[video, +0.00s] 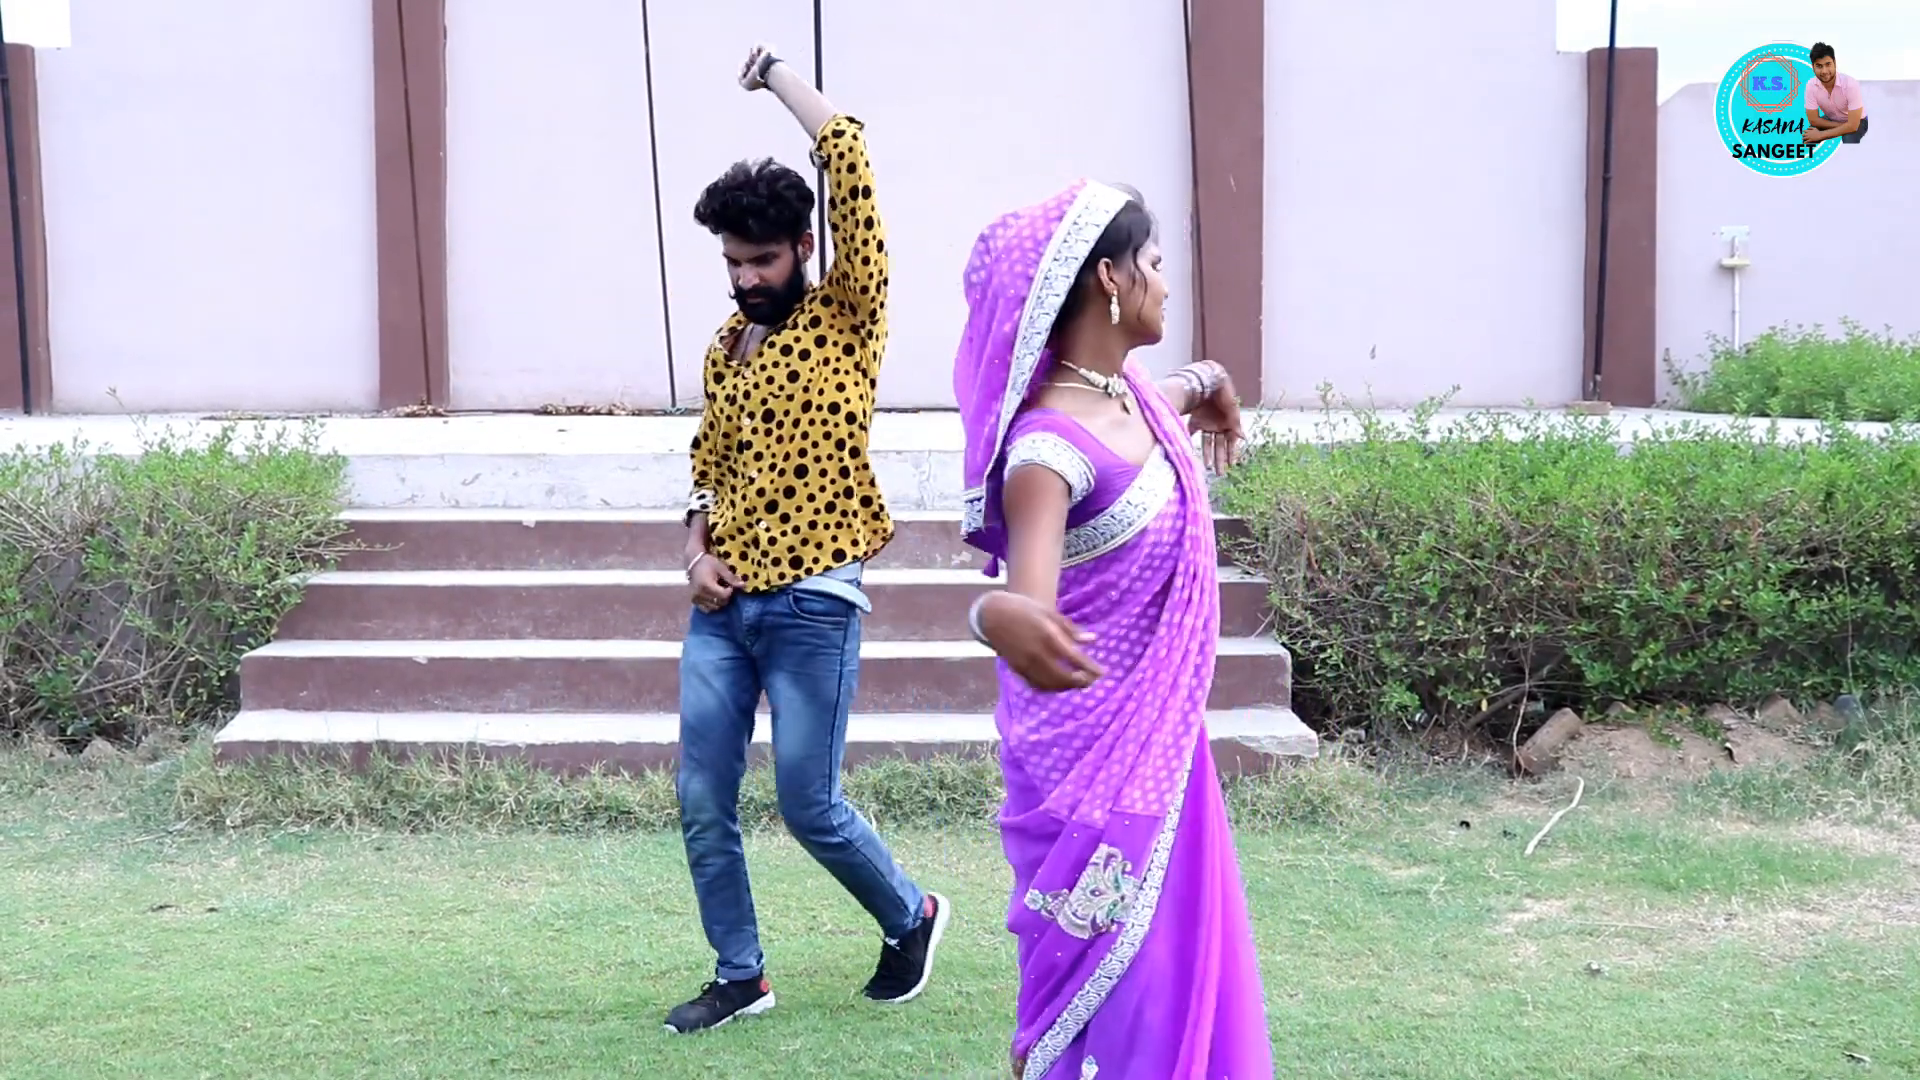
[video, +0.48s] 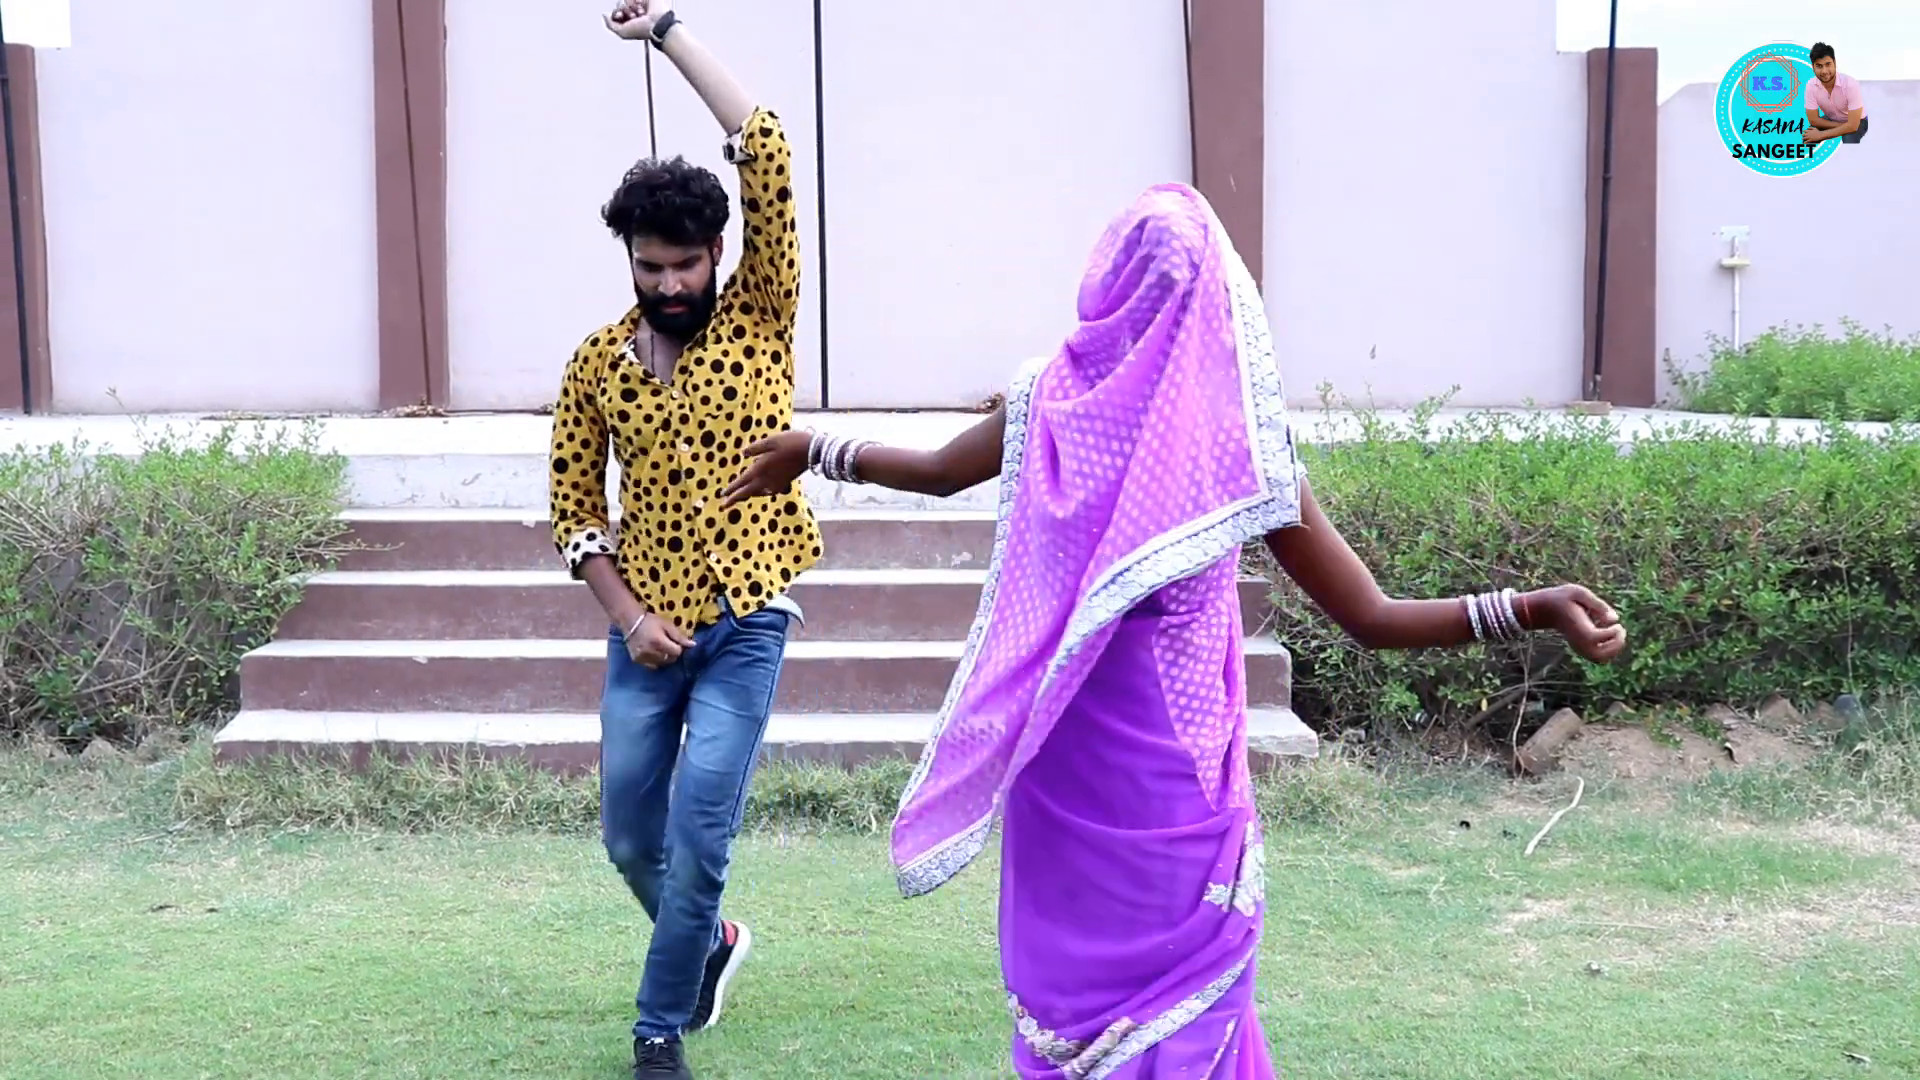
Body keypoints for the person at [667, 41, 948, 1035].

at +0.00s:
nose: (747, 276)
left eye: (762, 260)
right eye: (734, 262)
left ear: (803, 245)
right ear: (723, 254)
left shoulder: (847, 316)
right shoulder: (728, 344)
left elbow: (851, 169)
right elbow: (711, 462)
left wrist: (781, 78)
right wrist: (699, 545)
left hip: (814, 603)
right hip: (723, 605)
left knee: (809, 806)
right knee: (703, 802)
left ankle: (912, 919)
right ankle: (739, 977)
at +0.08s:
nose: (724, 281)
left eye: (740, 266)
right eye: (713, 267)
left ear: (784, 253)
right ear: (701, 259)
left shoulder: (828, 325)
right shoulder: (697, 357)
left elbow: (836, 175)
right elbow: (672, 476)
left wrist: (758, 85)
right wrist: (674, 562)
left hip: (795, 610)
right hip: (703, 614)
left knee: (769, 811)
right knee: (685, 812)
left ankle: (866, 907)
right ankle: (738, 976)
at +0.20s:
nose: (702, 278)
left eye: (719, 262)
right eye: (689, 260)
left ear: (761, 246)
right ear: (675, 247)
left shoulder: (803, 311)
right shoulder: (662, 344)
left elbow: (807, 148)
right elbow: (627, 474)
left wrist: (717, 50)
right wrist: (652, 573)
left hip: (779, 595)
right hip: (686, 604)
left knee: (740, 789)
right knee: (686, 805)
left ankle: (766, 964)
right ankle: (730, 972)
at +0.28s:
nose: (692, 270)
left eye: (710, 254)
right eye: (677, 253)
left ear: (748, 239)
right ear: (658, 240)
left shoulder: (787, 302)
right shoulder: (640, 340)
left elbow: (790, 137)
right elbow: (606, 477)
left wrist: (701, 32)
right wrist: (645, 578)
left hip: (769, 594)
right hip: (677, 606)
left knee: (727, 798)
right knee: (686, 809)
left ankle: (698, 1010)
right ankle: (738, 964)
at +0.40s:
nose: (678, 276)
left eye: (695, 258)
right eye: (662, 258)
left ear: (729, 245)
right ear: (639, 247)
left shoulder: (769, 311)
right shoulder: (612, 353)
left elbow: (768, 140)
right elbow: (583, 498)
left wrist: (679, 27)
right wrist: (638, 597)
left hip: (755, 607)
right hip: (655, 612)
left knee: (704, 814)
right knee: (668, 809)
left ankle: (661, 1030)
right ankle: (731, 958)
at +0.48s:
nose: (669, 288)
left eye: (686, 269)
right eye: (652, 270)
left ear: (718, 254)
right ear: (627, 257)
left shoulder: (759, 322)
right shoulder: (600, 365)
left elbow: (762, 144)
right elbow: (574, 515)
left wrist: (665, 36)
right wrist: (630, 615)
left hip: (746, 624)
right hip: (644, 633)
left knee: (697, 829)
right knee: (629, 838)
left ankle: (661, 1036)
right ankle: (708, 940)